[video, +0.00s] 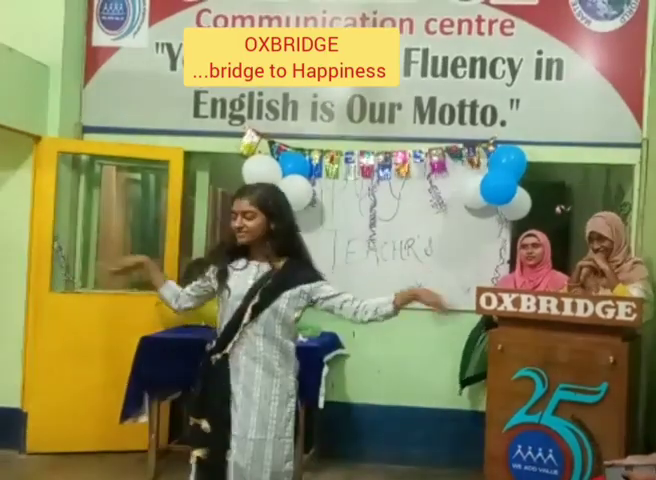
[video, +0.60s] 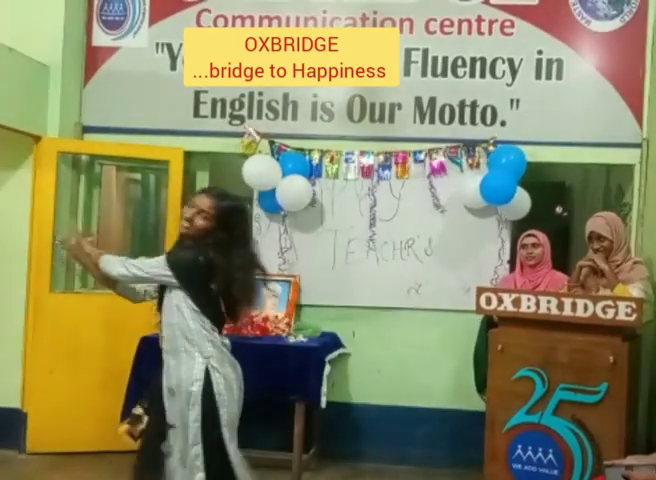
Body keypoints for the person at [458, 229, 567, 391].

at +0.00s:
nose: (529, 251)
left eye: (535, 246)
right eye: (524, 247)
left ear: (546, 250)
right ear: (518, 252)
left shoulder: (561, 282)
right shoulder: (506, 282)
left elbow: (566, 317)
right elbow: (493, 316)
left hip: (548, 346)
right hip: (511, 346)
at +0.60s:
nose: (529, 251)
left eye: (535, 246)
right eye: (524, 247)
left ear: (545, 250)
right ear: (518, 252)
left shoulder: (561, 282)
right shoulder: (506, 282)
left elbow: (566, 321)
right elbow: (493, 319)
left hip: (548, 351)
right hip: (511, 350)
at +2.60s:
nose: (531, 251)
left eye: (537, 246)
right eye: (525, 247)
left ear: (546, 251)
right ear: (519, 252)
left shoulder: (561, 281)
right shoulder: (508, 281)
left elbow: (566, 318)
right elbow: (496, 318)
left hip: (548, 349)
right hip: (512, 347)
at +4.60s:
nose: (532, 252)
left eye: (537, 246)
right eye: (527, 247)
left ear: (547, 250)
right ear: (520, 252)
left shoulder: (562, 281)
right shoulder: (509, 281)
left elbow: (565, 316)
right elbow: (499, 317)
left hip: (550, 346)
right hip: (515, 345)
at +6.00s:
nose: (537, 246)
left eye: (543, 241)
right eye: (532, 241)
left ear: (553, 244)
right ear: (525, 246)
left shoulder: (569, 275)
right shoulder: (514, 275)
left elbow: (573, 310)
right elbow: (503, 309)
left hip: (555, 340)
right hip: (519, 339)